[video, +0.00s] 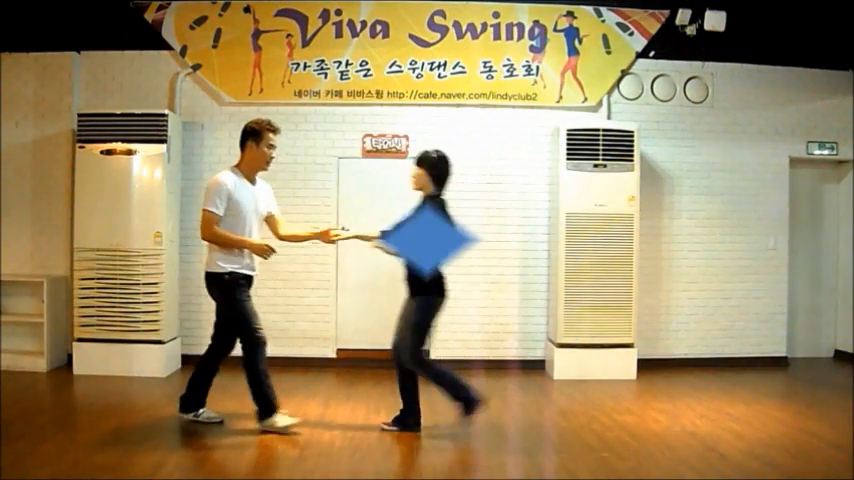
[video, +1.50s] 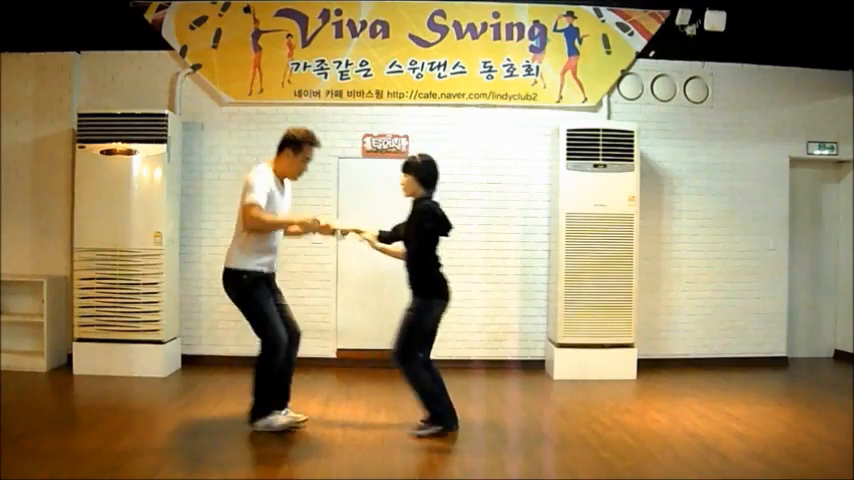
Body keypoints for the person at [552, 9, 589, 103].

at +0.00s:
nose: (567, 20)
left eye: (569, 18)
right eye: (567, 18)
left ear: (572, 19)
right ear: (566, 19)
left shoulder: (569, 29)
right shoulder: (576, 29)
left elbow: (555, 30)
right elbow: (580, 43)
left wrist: (557, 19)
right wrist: (582, 37)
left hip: (573, 54)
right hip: (573, 53)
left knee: (562, 72)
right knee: (574, 75)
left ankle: (559, 95)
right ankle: (584, 96)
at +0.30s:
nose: (567, 20)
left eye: (569, 18)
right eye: (567, 18)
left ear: (572, 19)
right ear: (567, 19)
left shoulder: (568, 29)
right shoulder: (576, 29)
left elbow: (555, 30)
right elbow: (580, 43)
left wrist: (557, 19)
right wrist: (582, 37)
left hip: (572, 54)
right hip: (574, 53)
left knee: (562, 72)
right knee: (574, 75)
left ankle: (559, 95)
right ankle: (584, 96)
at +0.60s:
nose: (567, 20)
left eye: (569, 18)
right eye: (567, 18)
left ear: (572, 19)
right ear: (567, 19)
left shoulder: (568, 29)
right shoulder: (576, 29)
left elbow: (555, 30)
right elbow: (580, 43)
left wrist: (556, 19)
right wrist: (582, 37)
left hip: (572, 54)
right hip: (574, 53)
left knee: (562, 73)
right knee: (574, 75)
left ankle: (559, 95)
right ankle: (584, 96)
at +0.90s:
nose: (567, 20)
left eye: (569, 18)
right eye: (567, 18)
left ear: (572, 19)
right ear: (567, 19)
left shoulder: (568, 29)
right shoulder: (576, 29)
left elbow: (555, 30)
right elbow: (580, 43)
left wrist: (557, 19)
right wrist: (582, 37)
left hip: (573, 54)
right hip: (573, 54)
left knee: (562, 72)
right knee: (574, 75)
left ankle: (559, 95)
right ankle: (584, 96)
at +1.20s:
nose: (567, 20)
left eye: (568, 18)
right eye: (566, 18)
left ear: (572, 19)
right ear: (567, 19)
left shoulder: (568, 29)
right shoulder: (576, 29)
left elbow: (555, 30)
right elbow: (580, 43)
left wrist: (557, 19)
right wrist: (582, 37)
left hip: (572, 54)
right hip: (574, 53)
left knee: (562, 72)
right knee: (574, 75)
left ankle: (559, 95)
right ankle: (584, 95)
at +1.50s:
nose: (566, 19)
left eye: (568, 18)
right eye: (566, 18)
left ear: (571, 18)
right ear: (569, 19)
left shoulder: (567, 29)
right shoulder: (576, 29)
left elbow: (555, 30)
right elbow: (579, 43)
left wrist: (556, 19)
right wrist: (582, 37)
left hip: (572, 54)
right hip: (575, 54)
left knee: (562, 72)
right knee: (574, 75)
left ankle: (559, 95)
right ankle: (584, 95)